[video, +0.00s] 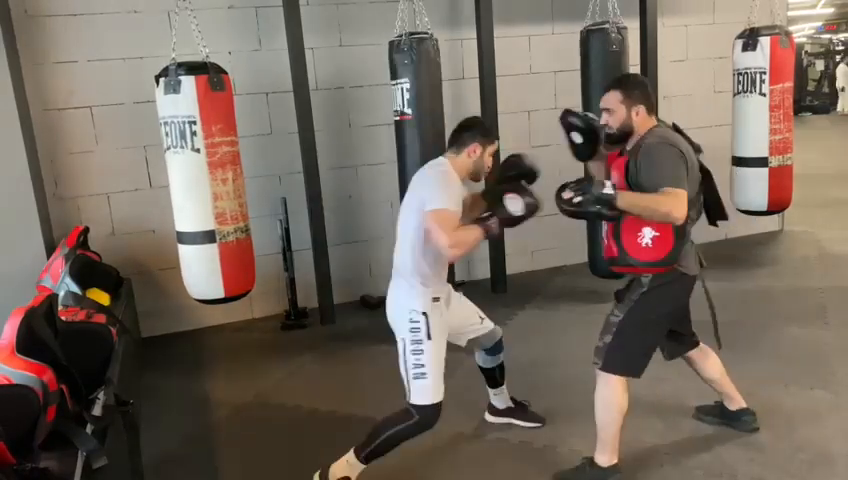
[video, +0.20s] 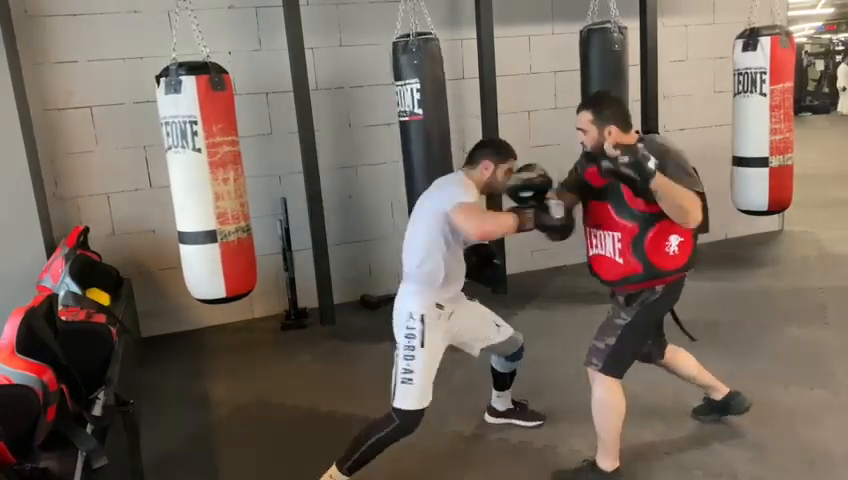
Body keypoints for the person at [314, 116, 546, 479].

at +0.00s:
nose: (491, 163)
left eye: (493, 156)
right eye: (491, 155)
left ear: (467, 149)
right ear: (474, 150)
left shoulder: (448, 175)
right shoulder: (439, 180)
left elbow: (460, 212)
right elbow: (451, 245)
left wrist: (499, 193)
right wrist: (494, 223)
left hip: (438, 293)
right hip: (415, 302)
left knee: (490, 339)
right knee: (425, 413)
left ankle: (501, 405)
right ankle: (343, 469)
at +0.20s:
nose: (508, 180)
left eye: (511, 173)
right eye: (507, 172)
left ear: (483, 167)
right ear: (488, 168)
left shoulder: (465, 191)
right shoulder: (453, 187)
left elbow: (486, 223)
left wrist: (524, 209)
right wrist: (532, 217)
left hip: (451, 302)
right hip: (419, 309)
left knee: (509, 346)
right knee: (407, 417)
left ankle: (501, 407)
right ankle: (338, 473)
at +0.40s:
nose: (501, 171)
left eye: (503, 162)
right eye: (497, 159)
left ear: (475, 157)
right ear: (471, 154)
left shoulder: (476, 191)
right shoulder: (423, 182)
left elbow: (495, 237)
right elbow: (425, 246)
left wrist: (546, 234)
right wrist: (463, 205)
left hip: (448, 294)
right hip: (404, 296)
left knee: (506, 347)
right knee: (387, 394)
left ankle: (501, 407)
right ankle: (336, 444)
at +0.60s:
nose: (473, 150)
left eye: (474, 143)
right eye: (467, 142)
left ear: (455, 140)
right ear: (440, 136)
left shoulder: (452, 166)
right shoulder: (396, 171)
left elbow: (484, 180)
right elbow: (419, 235)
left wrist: (529, 174)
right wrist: (447, 185)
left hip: (446, 276)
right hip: (400, 282)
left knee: (498, 339)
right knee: (380, 376)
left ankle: (501, 405)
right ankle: (336, 446)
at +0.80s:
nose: (472, 146)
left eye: (474, 139)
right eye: (467, 137)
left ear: (448, 133)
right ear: (441, 131)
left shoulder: (449, 164)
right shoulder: (397, 166)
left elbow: (476, 193)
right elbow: (418, 234)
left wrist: (497, 178)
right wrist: (447, 194)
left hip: (443, 272)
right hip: (399, 279)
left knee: (492, 333)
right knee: (372, 366)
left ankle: (507, 398)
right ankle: (338, 444)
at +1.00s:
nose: (484, 168)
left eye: (488, 163)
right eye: (485, 161)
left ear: (468, 149)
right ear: (472, 151)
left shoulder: (455, 176)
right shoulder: (434, 172)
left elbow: (480, 235)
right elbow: (470, 233)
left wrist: (494, 194)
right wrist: (485, 191)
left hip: (441, 281)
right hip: (409, 287)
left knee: (488, 333)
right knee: (414, 390)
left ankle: (507, 400)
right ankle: (339, 447)